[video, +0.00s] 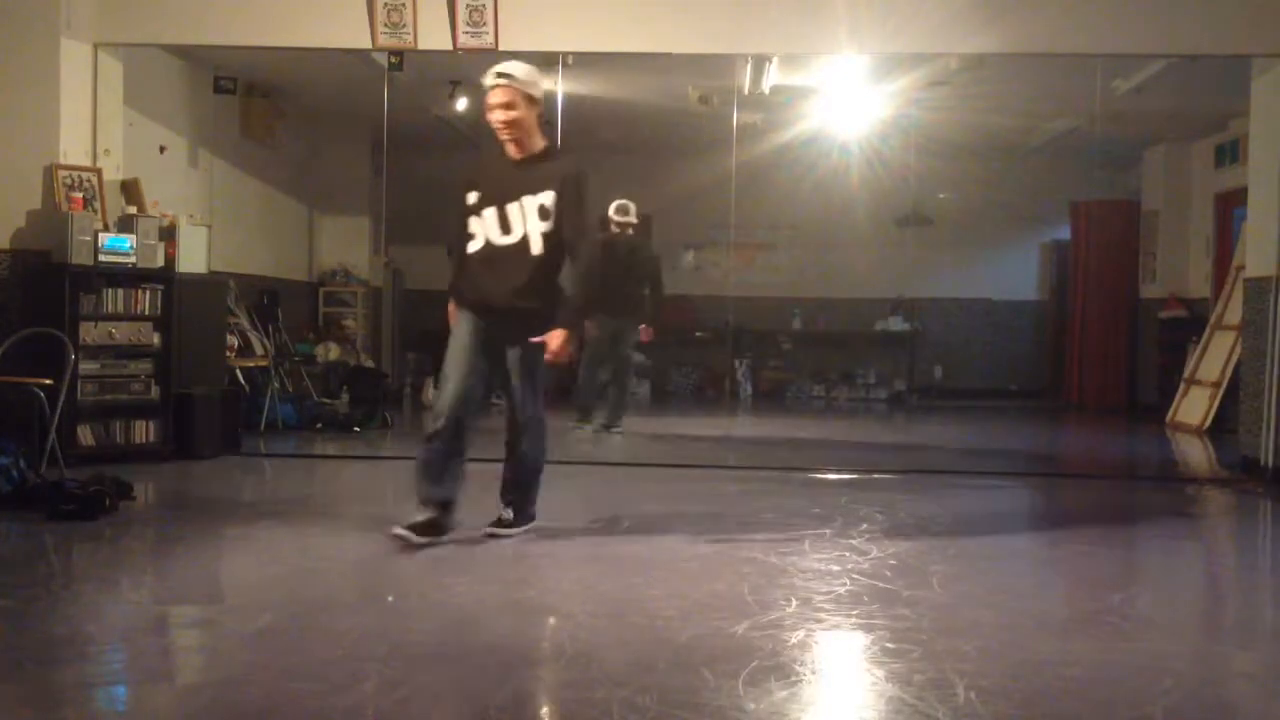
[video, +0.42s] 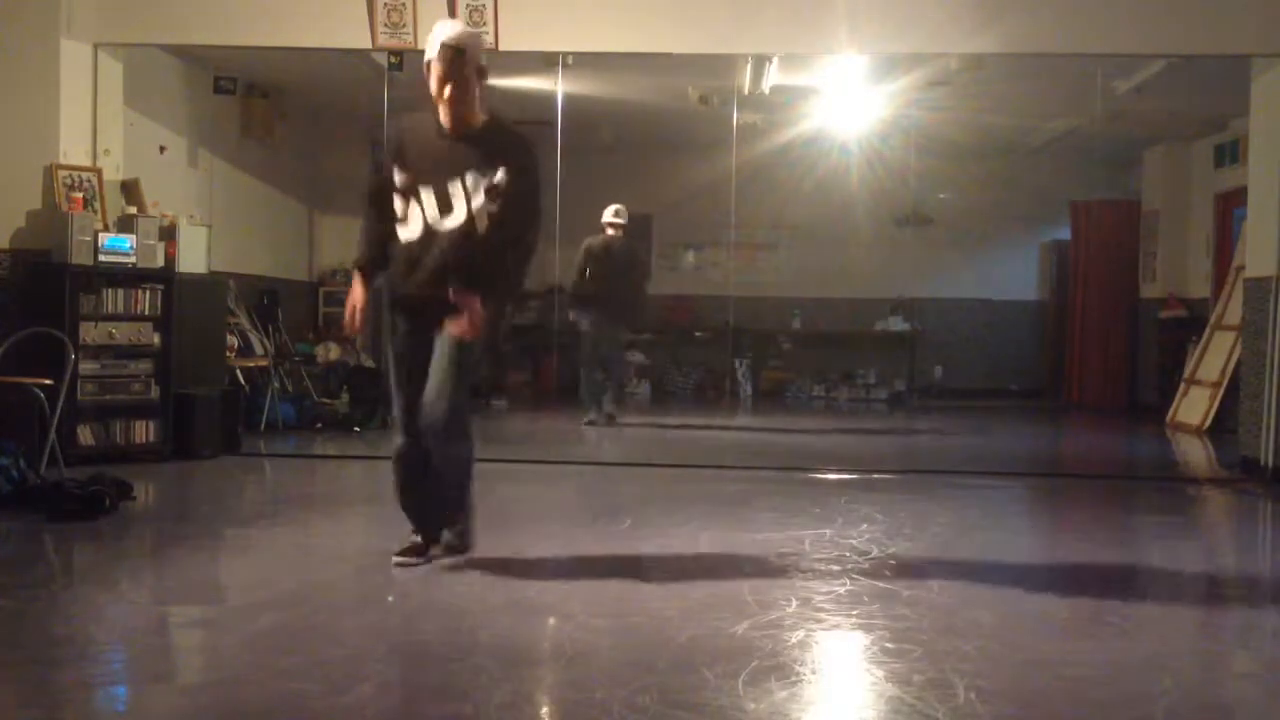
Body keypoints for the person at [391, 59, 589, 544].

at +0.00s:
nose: (501, 117)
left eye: (511, 105)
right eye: (493, 108)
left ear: (536, 107)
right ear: (486, 115)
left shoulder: (563, 172)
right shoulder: (480, 171)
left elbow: (579, 253)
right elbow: (465, 242)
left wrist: (567, 322)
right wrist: (456, 295)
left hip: (531, 313)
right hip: (475, 307)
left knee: (525, 413)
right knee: (449, 404)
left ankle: (517, 508)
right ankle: (435, 509)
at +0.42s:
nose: (448, 87)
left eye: (459, 76)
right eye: (440, 76)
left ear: (480, 77)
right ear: (427, 78)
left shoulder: (510, 146)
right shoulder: (404, 138)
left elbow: (518, 232)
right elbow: (379, 213)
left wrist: (488, 297)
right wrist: (361, 275)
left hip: (468, 297)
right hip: (404, 294)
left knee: (440, 411)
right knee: (407, 416)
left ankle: (454, 520)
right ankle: (424, 527)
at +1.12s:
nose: (447, 47)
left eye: (459, 32)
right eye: (436, 32)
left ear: (476, 36)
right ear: (415, 33)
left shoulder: (506, 115)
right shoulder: (371, 115)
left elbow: (537, 227)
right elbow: (332, 213)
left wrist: (516, 310)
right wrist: (359, 211)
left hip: (460, 311)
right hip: (383, 311)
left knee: (440, 460)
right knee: (365, 452)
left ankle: (431, 590)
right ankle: (372, 581)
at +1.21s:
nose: (469, 24)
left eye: (481, 13)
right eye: (460, 11)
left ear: (496, 19)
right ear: (436, 11)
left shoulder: (523, 89)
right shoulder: (385, 80)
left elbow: (545, 189)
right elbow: (344, 185)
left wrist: (533, 268)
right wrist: (359, 169)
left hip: (477, 291)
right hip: (398, 288)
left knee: (463, 444)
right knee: (381, 433)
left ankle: (435, 592)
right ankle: (369, 579)